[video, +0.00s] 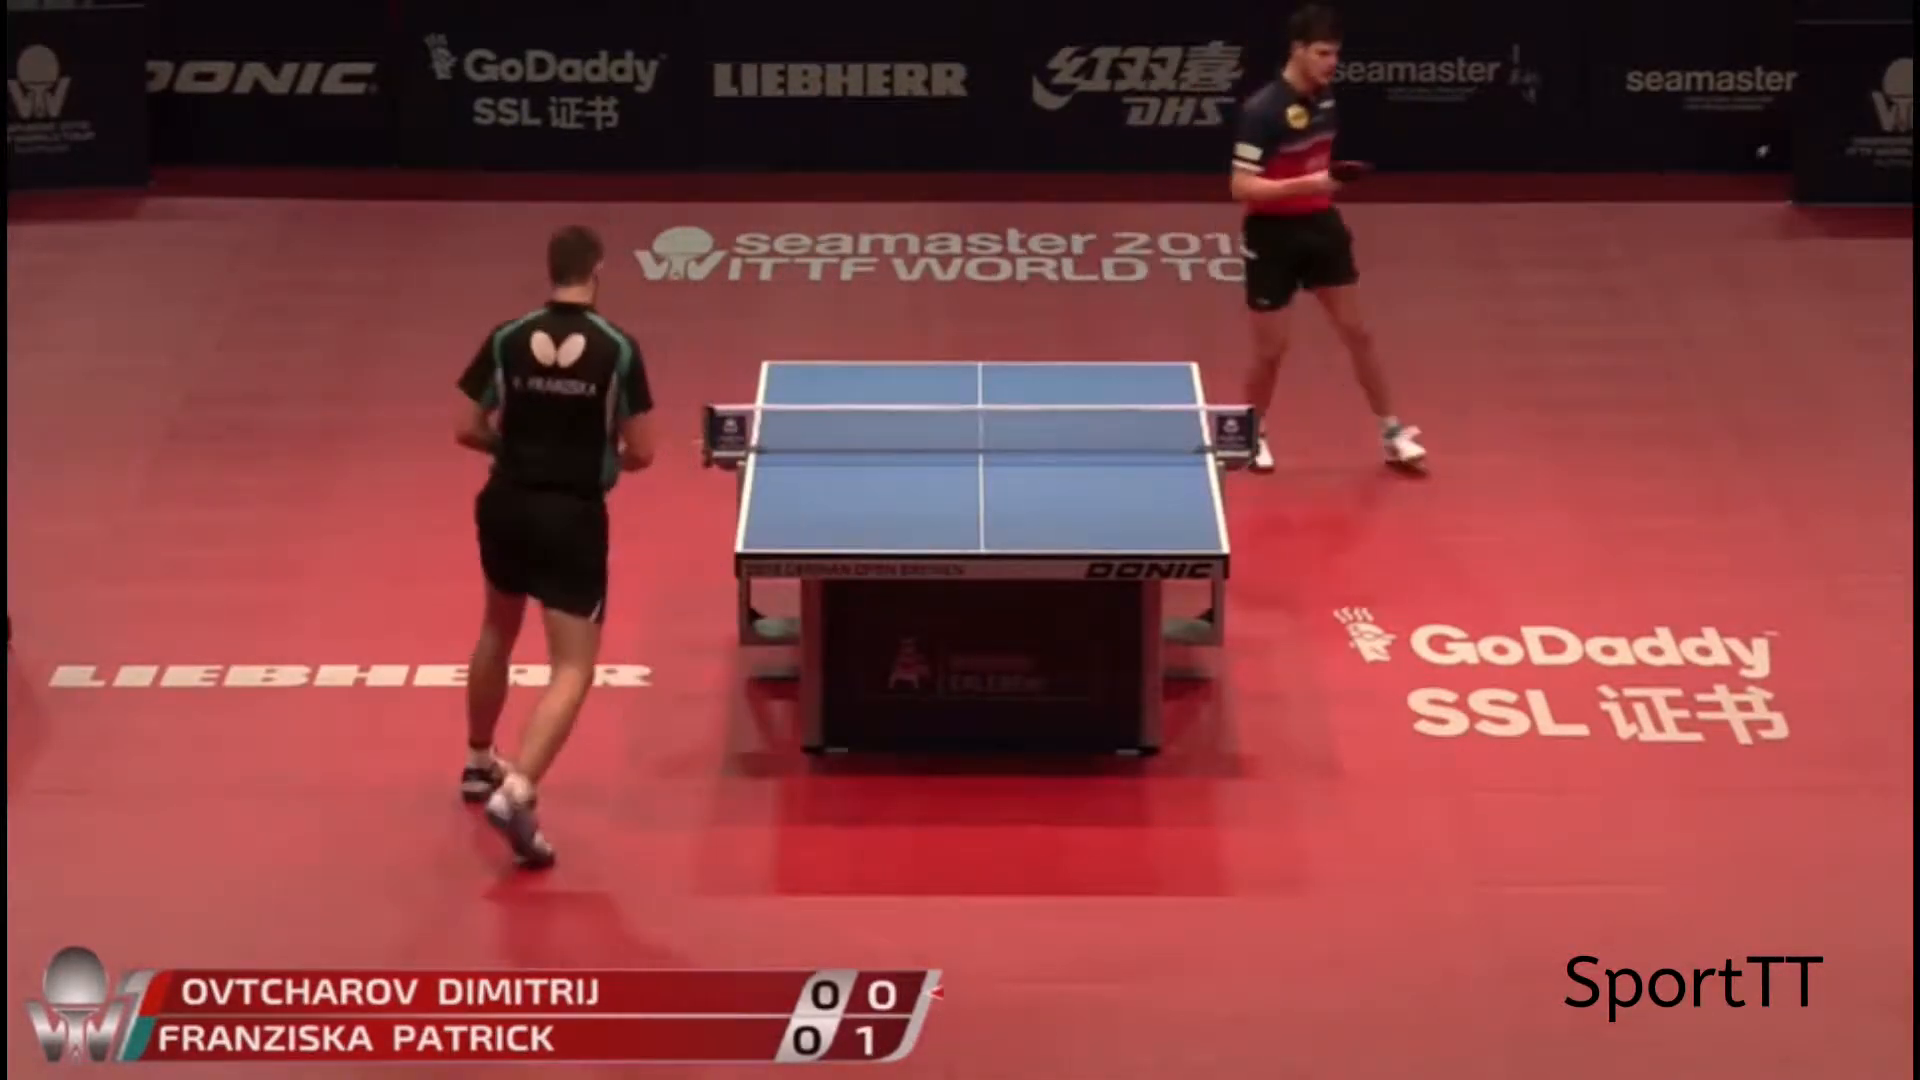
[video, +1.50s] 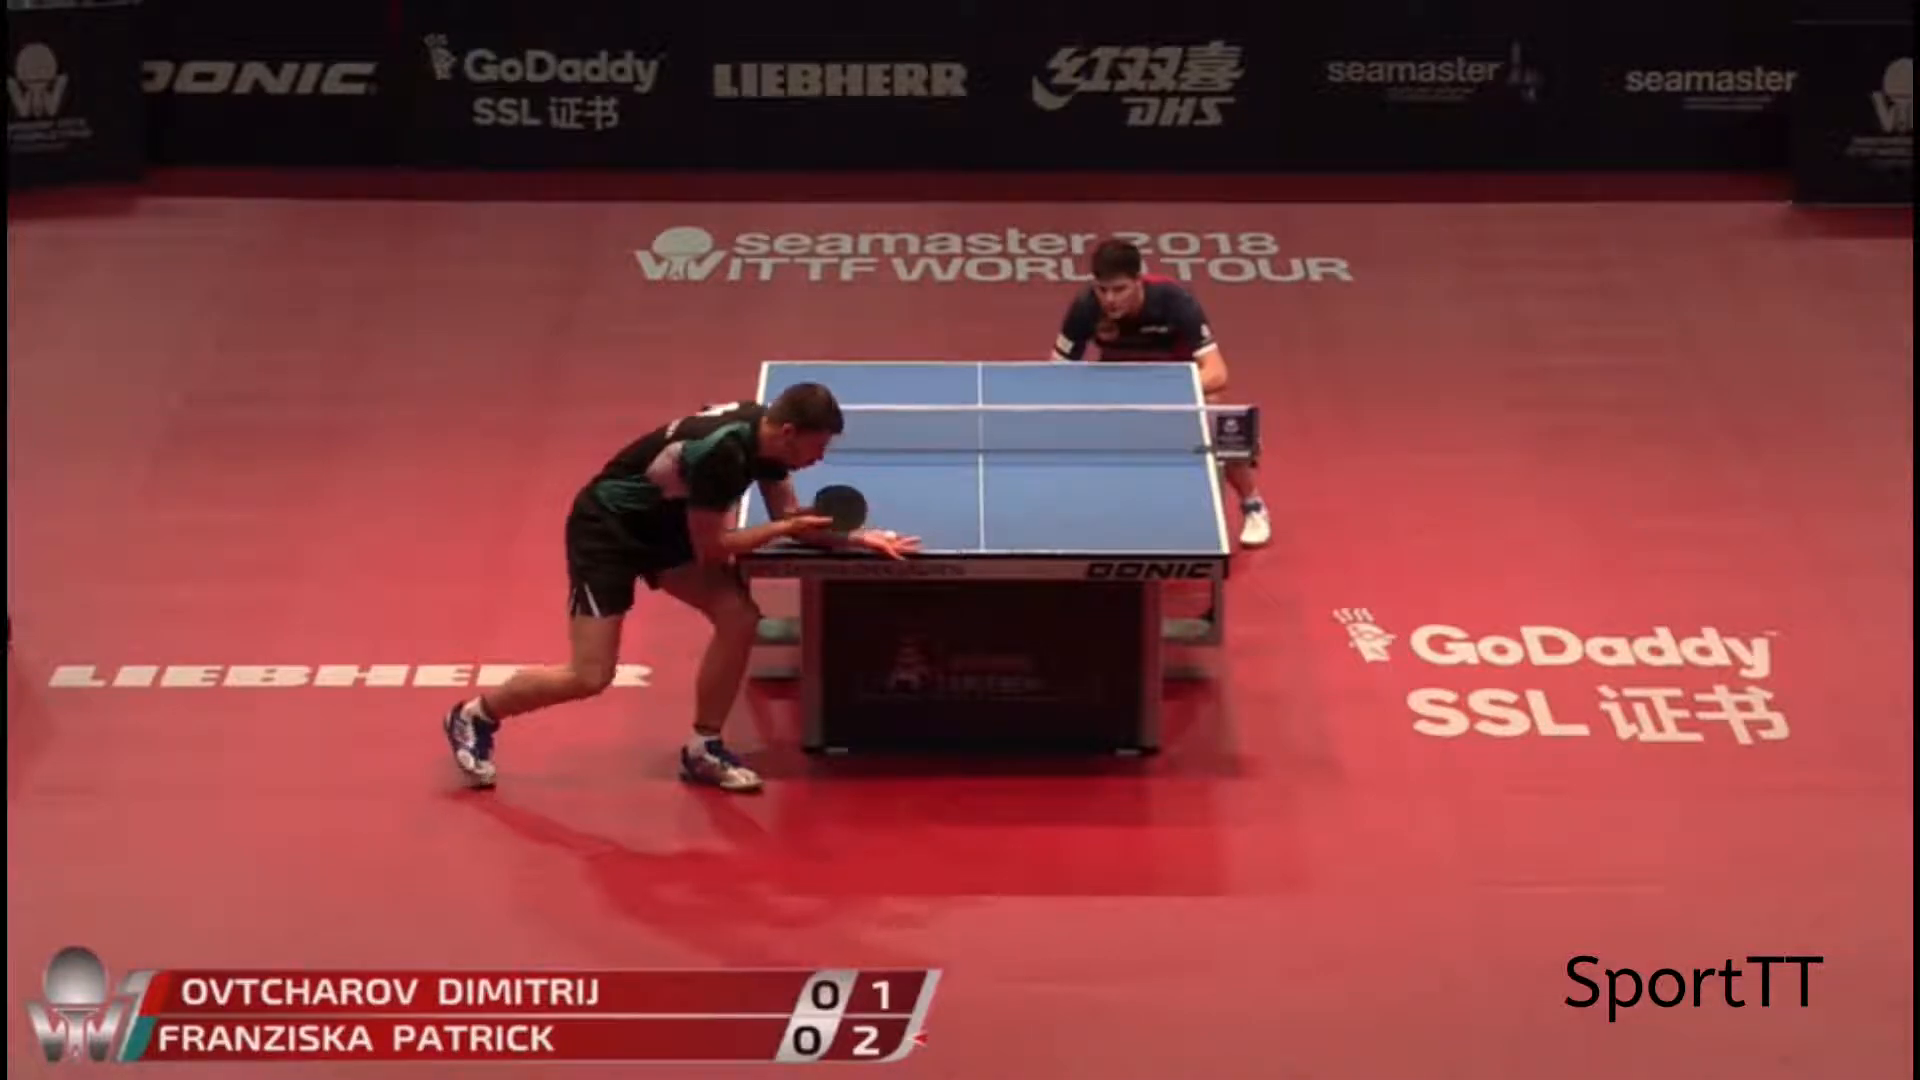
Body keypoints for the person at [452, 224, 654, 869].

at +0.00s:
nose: (596, 280)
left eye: (584, 270)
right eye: (599, 271)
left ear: (549, 272)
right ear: (595, 275)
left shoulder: (507, 338)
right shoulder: (619, 349)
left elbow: (468, 427)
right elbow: (640, 451)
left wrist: (515, 447)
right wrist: (603, 450)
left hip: (504, 506)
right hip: (574, 516)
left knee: (497, 629)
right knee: (572, 668)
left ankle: (479, 760)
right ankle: (518, 791)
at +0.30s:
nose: (832, 466)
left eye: (837, 457)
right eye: (830, 454)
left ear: (810, 432)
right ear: (803, 435)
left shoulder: (784, 435)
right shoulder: (740, 457)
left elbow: (826, 504)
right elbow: (735, 560)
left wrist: (888, 529)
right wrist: (810, 534)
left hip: (667, 524)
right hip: (609, 517)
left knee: (736, 616)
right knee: (576, 668)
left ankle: (704, 750)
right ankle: (464, 725)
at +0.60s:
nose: (831, 464)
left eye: (836, 454)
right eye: (830, 453)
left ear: (809, 434)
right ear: (803, 435)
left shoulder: (780, 443)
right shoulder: (737, 451)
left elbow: (799, 520)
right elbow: (726, 554)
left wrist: (871, 532)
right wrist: (806, 531)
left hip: (669, 525)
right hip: (611, 515)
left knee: (737, 618)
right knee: (575, 667)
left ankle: (704, 749)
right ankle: (463, 725)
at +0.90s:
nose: (831, 467)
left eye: (836, 458)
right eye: (830, 457)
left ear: (810, 436)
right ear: (805, 439)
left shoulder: (781, 439)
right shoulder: (737, 453)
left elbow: (797, 521)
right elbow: (725, 552)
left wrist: (873, 538)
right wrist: (803, 533)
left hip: (670, 527)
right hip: (612, 516)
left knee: (738, 617)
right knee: (578, 666)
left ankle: (704, 750)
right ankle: (464, 725)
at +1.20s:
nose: (830, 467)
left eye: (835, 458)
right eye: (829, 457)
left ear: (809, 437)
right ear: (805, 439)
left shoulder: (779, 441)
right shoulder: (735, 453)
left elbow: (796, 524)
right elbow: (725, 553)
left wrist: (871, 539)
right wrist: (804, 533)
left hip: (669, 529)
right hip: (611, 519)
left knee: (738, 617)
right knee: (581, 670)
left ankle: (704, 749)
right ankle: (466, 724)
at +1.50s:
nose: (818, 458)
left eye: (823, 449)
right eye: (816, 447)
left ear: (794, 430)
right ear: (787, 429)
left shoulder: (768, 442)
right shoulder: (723, 449)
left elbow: (790, 522)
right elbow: (712, 549)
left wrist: (862, 538)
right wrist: (785, 525)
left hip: (665, 531)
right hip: (606, 523)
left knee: (739, 618)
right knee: (589, 676)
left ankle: (704, 749)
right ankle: (475, 716)